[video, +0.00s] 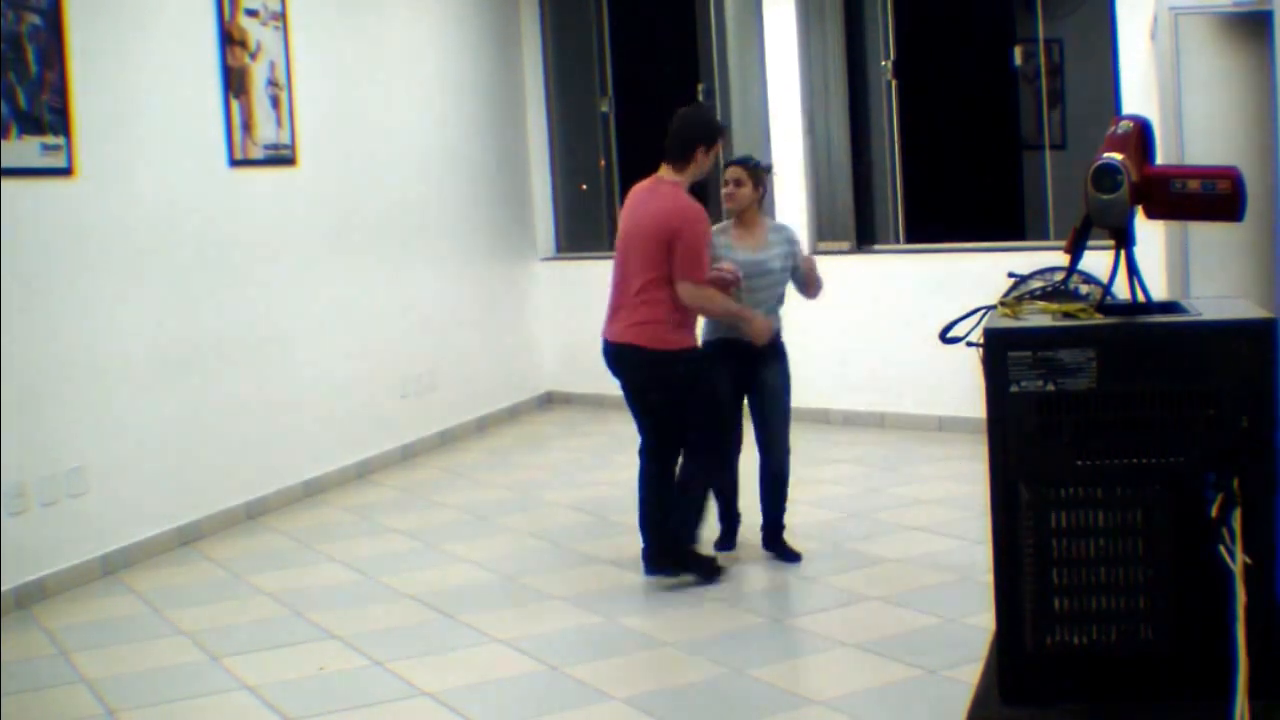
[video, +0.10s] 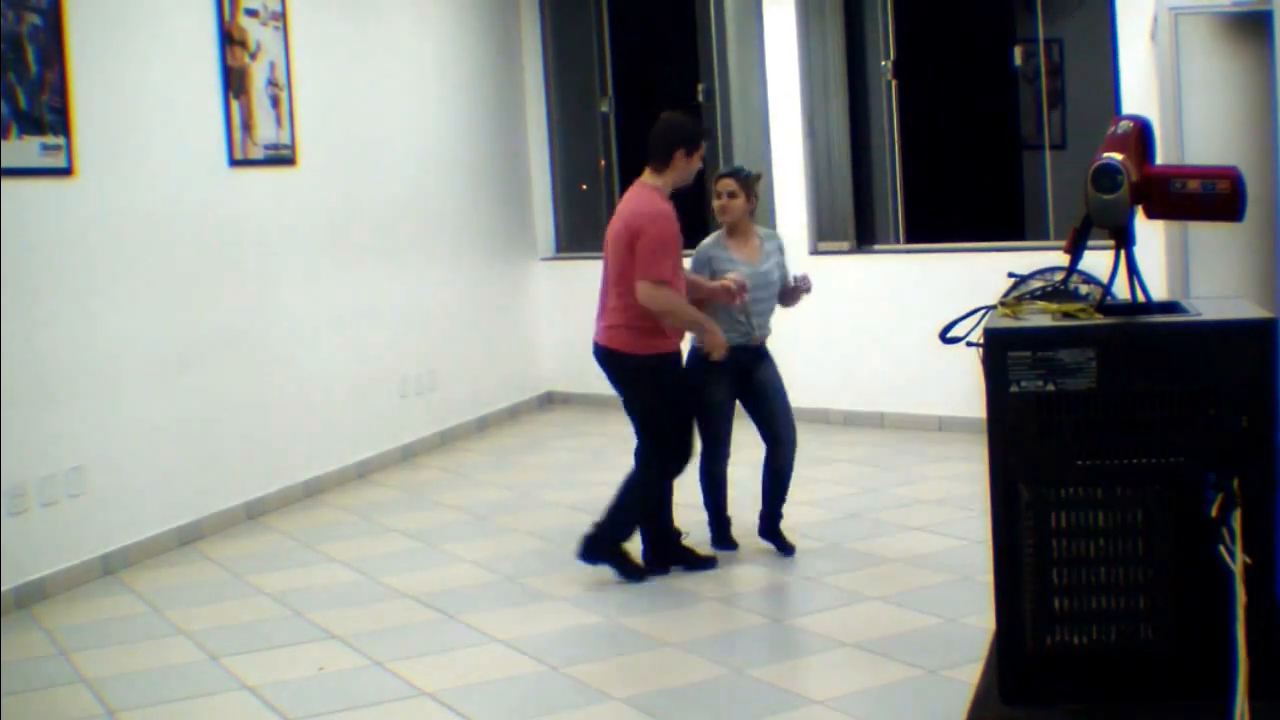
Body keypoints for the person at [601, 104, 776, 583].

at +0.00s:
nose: (716, 159)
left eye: (716, 150)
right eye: (716, 151)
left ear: (670, 146)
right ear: (703, 152)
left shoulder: (638, 195)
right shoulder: (688, 212)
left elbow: (643, 268)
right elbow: (691, 292)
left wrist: (705, 275)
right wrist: (746, 316)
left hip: (623, 342)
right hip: (665, 346)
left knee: (658, 442)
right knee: (712, 437)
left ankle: (659, 552)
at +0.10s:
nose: (700, 166)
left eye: (701, 158)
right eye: (698, 158)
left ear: (662, 154)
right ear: (682, 156)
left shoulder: (638, 201)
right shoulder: (656, 212)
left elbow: (658, 276)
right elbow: (651, 293)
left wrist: (709, 290)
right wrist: (706, 329)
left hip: (626, 344)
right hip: (643, 348)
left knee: (659, 444)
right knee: (672, 448)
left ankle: (662, 545)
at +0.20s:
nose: (683, 167)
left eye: (685, 158)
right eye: (681, 158)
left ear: (655, 156)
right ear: (658, 156)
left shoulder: (657, 208)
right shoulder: (619, 212)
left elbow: (666, 271)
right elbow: (605, 288)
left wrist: (712, 287)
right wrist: (665, 324)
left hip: (648, 351)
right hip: (615, 353)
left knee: (656, 450)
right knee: (629, 450)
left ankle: (662, 546)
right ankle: (560, 535)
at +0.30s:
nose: (665, 165)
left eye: (667, 157)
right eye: (662, 156)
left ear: (640, 156)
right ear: (637, 154)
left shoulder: (653, 208)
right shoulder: (591, 210)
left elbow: (676, 266)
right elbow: (567, 282)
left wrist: (713, 280)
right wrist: (629, 318)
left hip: (638, 350)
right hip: (588, 351)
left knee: (652, 449)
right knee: (582, 449)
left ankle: (661, 545)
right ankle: (547, 542)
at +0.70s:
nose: (620, 162)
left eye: (621, 154)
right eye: (614, 154)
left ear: (601, 156)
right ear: (585, 153)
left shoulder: (616, 209)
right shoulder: (546, 208)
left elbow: (632, 264)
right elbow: (520, 278)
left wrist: (626, 279)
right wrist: (576, 313)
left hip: (595, 346)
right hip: (552, 346)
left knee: (583, 445)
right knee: (558, 446)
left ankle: (550, 532)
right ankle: (542, 547)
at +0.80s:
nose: (617, 165)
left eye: (618, 157)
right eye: (609, 157)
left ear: (607, 160)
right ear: (580, 158)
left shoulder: (611, 213)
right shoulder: (547, 213)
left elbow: (629, 273)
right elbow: (525, 281)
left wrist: (617, 281)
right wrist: (578, 317)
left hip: (590, 345)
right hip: (552, 346)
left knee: (569, 436)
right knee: (588, 436)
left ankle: (544, 527)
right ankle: (550, 538)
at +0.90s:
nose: (618, 167)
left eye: (618, 159)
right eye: (609, 160)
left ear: (608, 164)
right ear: (581, 164)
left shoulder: (609, 215)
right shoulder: (553, 217)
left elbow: (630, 278)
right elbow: (533, 285)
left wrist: (622, 275)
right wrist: (586, 322)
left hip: (584, 345)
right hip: (553, 347)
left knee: (564, 433)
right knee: (612, 429)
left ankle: (536, 525)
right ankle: (583, 529)